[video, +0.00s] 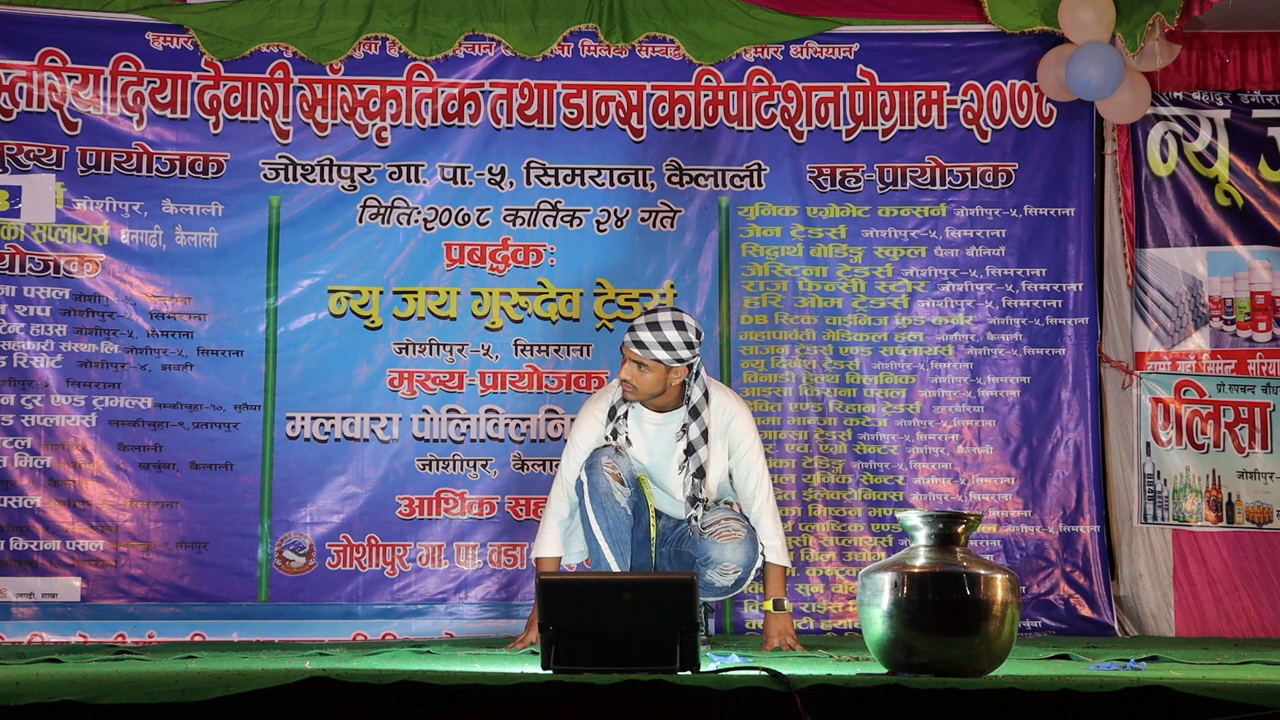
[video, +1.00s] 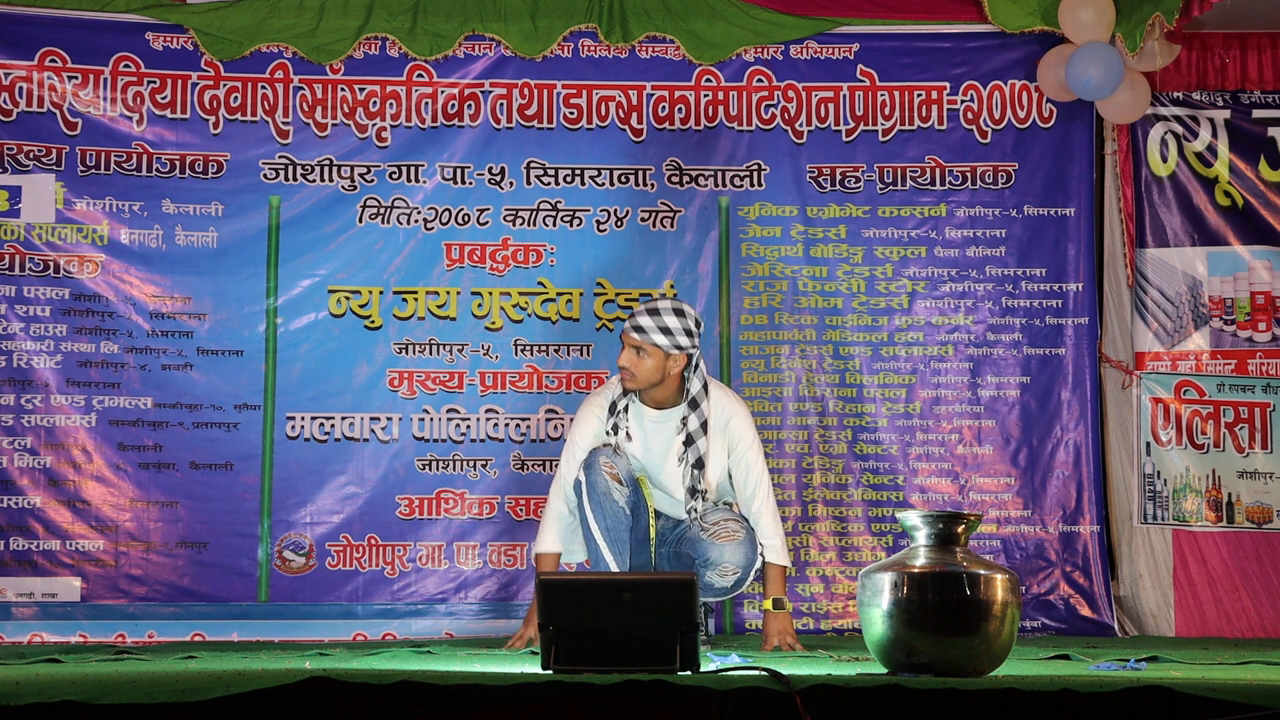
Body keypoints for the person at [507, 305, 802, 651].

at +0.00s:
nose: (623, 374)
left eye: (639, 367)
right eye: (624, 360)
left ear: (678, 373)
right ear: (622, 355)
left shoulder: (728, 414)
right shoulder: (600, 411)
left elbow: (763, 508)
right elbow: (559, 506)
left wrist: (777, 609)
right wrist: (541, 608)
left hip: (693, 541)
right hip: (630, 532)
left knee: (733, 545)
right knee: (604, 462)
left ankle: (690, 610)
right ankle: (618, 606)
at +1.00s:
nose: (621, 361)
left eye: (639, 352)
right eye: (623, 347)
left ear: (677, 362)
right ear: (621, 345)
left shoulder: (726, 412)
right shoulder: (601, 407)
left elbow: (762, 505)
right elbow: (561, 502)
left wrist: (776, 606)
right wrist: (541, 601)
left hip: (691, 546)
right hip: (628, 537)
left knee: (731, 538)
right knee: (602, 462)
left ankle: (688, 615)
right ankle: (618, 607)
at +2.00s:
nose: (640, 365)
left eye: (658, 356)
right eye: (638, 349)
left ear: (693, 360)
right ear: (633, 345)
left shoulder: (729, 412)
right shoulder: (606, 404)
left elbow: (763, 503)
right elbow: (554, 486)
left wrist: (778, 603)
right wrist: (540, 569)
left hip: (693, 542)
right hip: (630, 533)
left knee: (737, 544)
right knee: (603, 462)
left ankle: (692, 609)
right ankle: (622, 603)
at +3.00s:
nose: (663, 421)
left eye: (673, 411)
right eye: (652, 411)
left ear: (690, 390)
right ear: (632, 391)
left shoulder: (725, 415)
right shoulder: (596, 411)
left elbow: (759, 506)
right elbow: (552, 500)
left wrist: (776, 606)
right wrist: (531, 600)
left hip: (691, 539)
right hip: (627, 535)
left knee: (731, 550)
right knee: (596, 465)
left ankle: (692, 608)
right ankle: (624, 603)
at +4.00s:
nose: (660, 421)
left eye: (671, 412)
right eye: (649, 412)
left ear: (688, 390)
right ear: (630, 393)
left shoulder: (725, 414)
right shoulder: (594, 411)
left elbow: (757, 506)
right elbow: (552, 501)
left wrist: (775, 606)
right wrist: (532, 600)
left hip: (691, 538)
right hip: (627, 534)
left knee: (728, 550)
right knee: (595, 466)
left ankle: (690, 608)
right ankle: (622, 604)